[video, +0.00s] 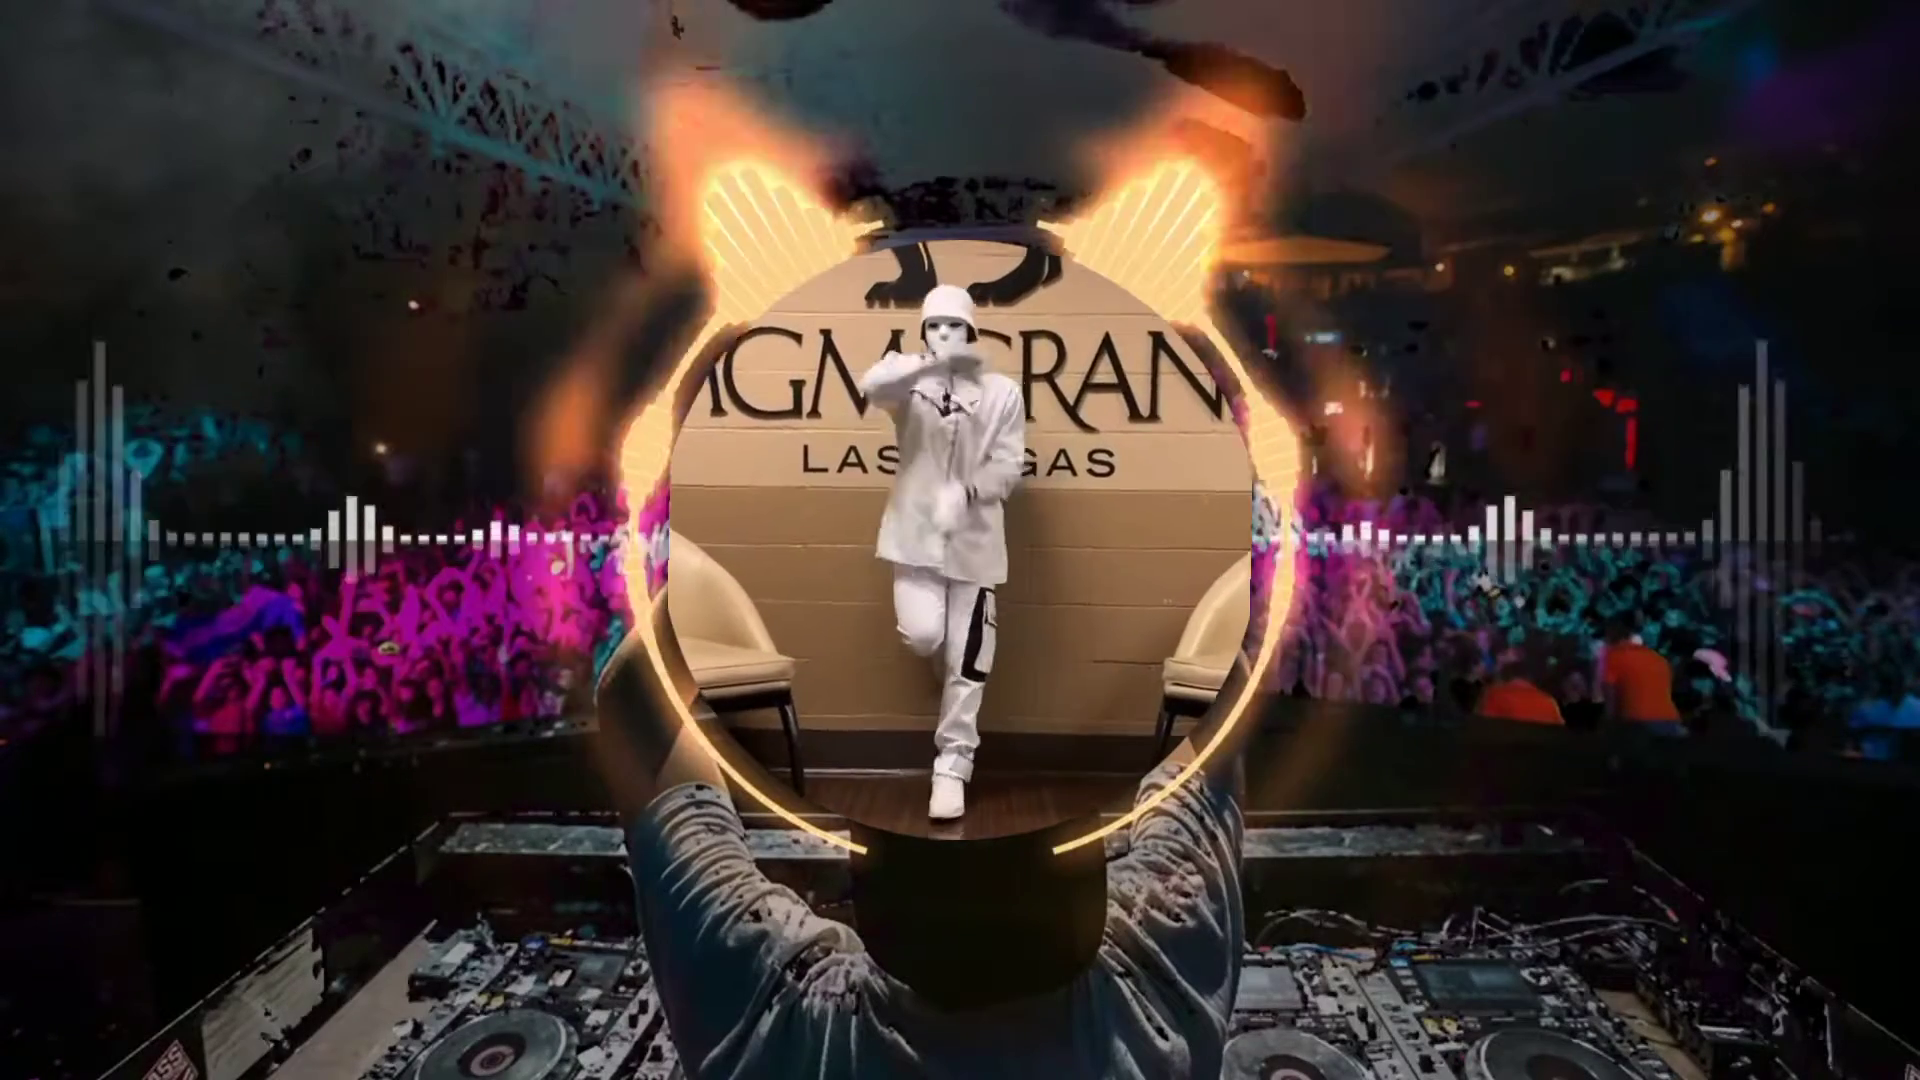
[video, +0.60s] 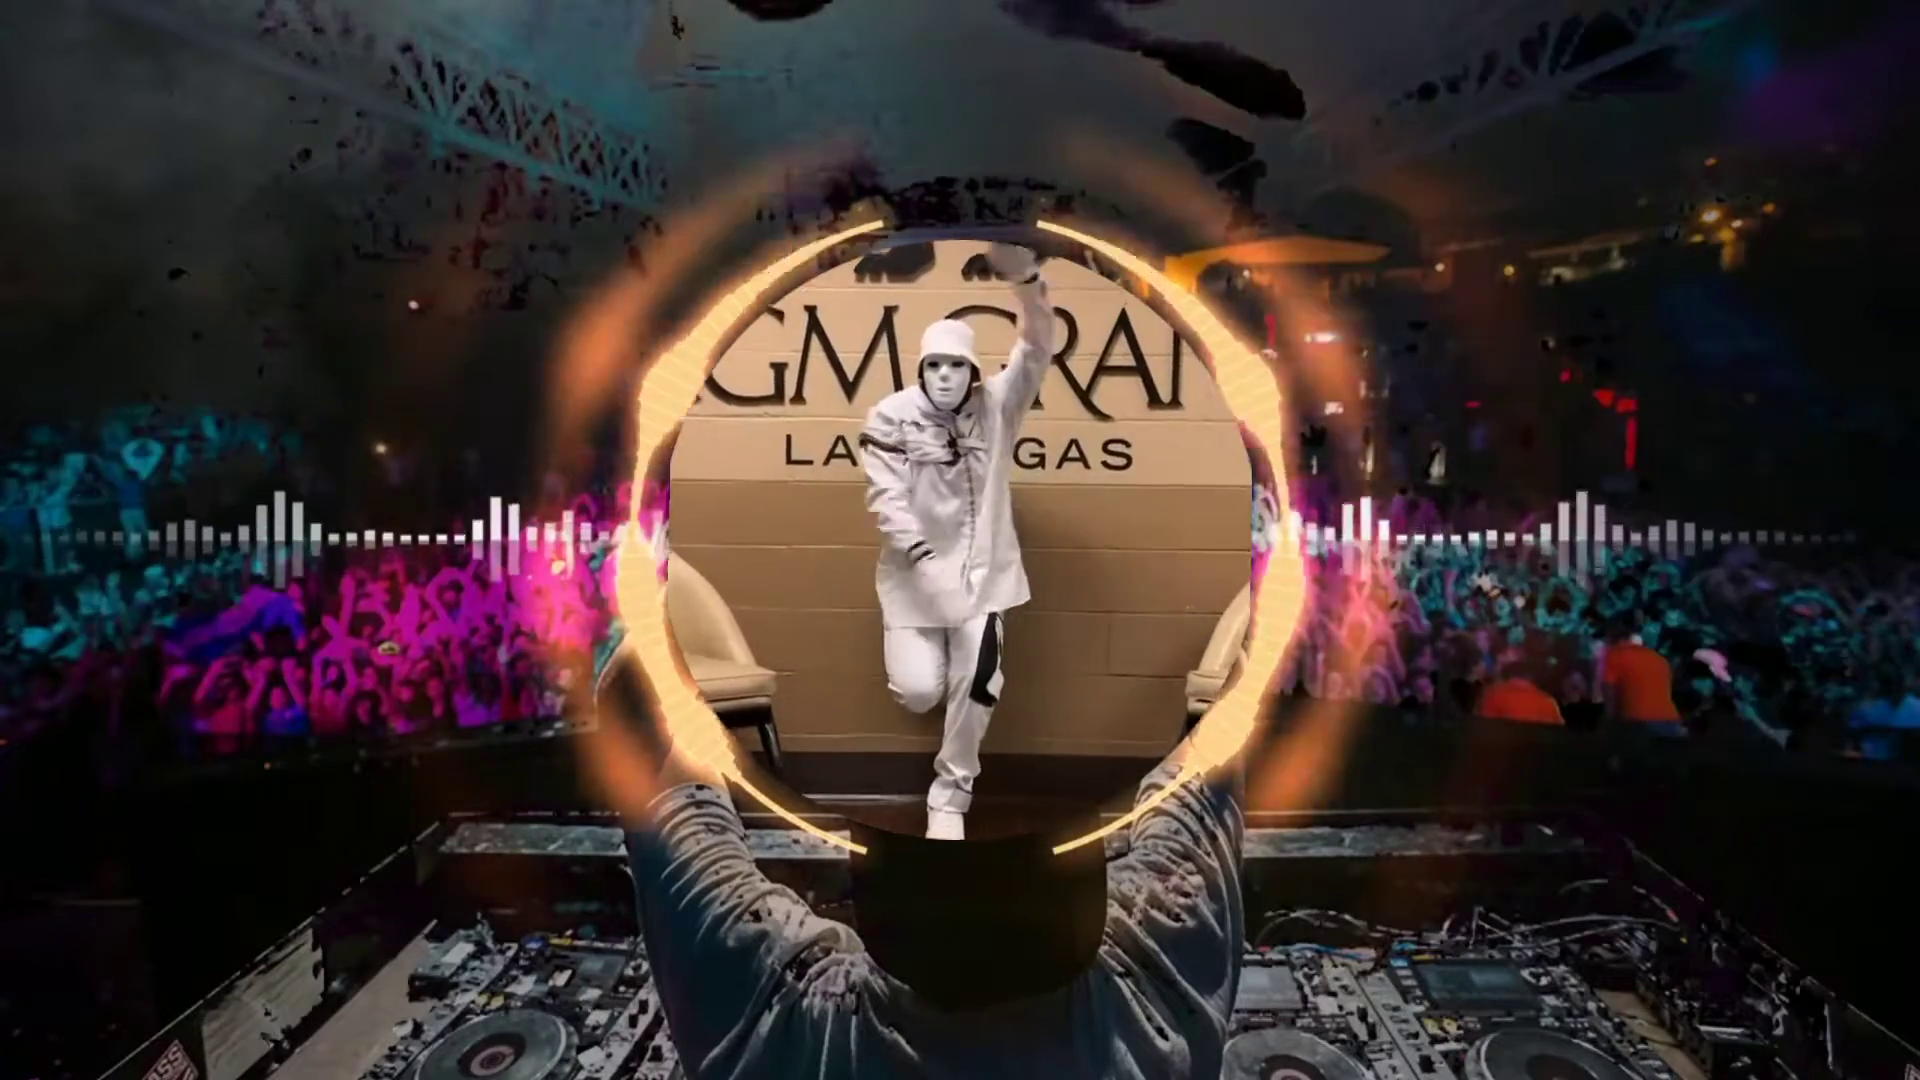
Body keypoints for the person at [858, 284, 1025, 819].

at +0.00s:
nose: (945, 337)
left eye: (955, 328)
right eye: (936, 327)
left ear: (972, 332)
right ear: (923, 332)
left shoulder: (1002, 393)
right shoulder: (907, 377)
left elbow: (1009, 464)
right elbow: (874, 386)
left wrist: (972, 490)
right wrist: (937, 363)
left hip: (974, 546)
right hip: (915, 537)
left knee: (967, 665)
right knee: (922, 636)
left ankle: (951, 770)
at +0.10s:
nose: (944, 365)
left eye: (955, 356)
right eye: (935, 355)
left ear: (971, 362)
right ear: (921, 358)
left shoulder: (1002, 424)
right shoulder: (905, 406)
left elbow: (1013, 499)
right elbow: (865, 379)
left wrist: (1005, 564)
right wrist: (895, 315)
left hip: (976, 557)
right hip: (915, 553)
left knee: (972, 666)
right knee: (915, 657)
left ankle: (951, 776)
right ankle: (960, 653)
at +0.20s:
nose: (943, 378)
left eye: (954, 369)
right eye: (934, 368)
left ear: (970, 376)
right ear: (920, 373)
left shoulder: (1002, 439)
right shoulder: (898, 413)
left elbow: (1039, 516)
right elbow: (844, 390)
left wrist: (1072, 585)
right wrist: (842, 322)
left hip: (972, 576)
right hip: (908, 573)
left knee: (974, 672)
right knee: (915, 673)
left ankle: (950, 782)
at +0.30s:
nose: (944, 382)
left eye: (954, 373)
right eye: (934, 372)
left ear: (972, 379)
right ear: (920, 375)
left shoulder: (1005, 436)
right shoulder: (888, 418)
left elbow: (1077, 474)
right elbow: (819, 417)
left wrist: (1152, 510)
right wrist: (771, 378)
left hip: (970, 576)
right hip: (902, 579)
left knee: (974, 670)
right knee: (913, 680)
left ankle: (949, 788)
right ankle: (941, 639)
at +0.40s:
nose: (944, 385)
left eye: (955, 375)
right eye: (935, 374)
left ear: (974, 380)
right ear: (920, 378)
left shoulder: (1013, 426)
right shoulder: (889, 425)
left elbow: (1100, 410)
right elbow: (809, 451)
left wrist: (1185, 389)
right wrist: (735, 466)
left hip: (980, 580)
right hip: (912, 580)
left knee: (977, 681)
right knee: (915, 688)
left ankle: (950, 792)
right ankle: (928, 636)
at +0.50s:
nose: (946, 381)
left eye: (958, 371)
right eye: (936, 370)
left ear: (975, 375)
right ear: (923, 373)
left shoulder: (1002, 411)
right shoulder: (892, 422)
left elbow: (1061, 363)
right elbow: (850, 487)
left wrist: (1105, 305)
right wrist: (806, 542)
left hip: (982, 577)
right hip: (915, 579)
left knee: (978, 684)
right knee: (918, 689)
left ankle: (950, 797)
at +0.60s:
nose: (945, 377)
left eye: (955, 367)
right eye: (935, 367)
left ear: (972, 371)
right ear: (920, 371)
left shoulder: (999, 406)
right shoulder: (890, 421)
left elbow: (1035, 353)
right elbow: (887, 500)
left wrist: (1027, 280)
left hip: (982, 575)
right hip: (915, 576)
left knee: (978, 695)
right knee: (917, 693)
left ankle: (950, 803)